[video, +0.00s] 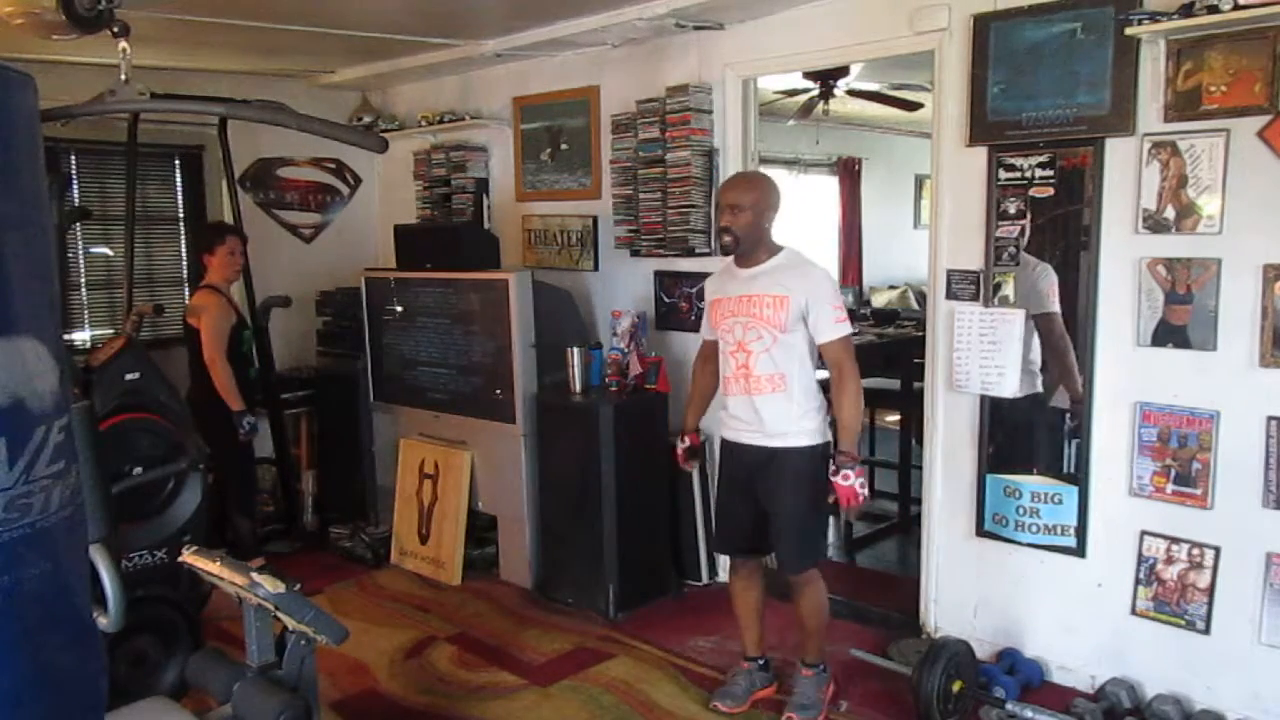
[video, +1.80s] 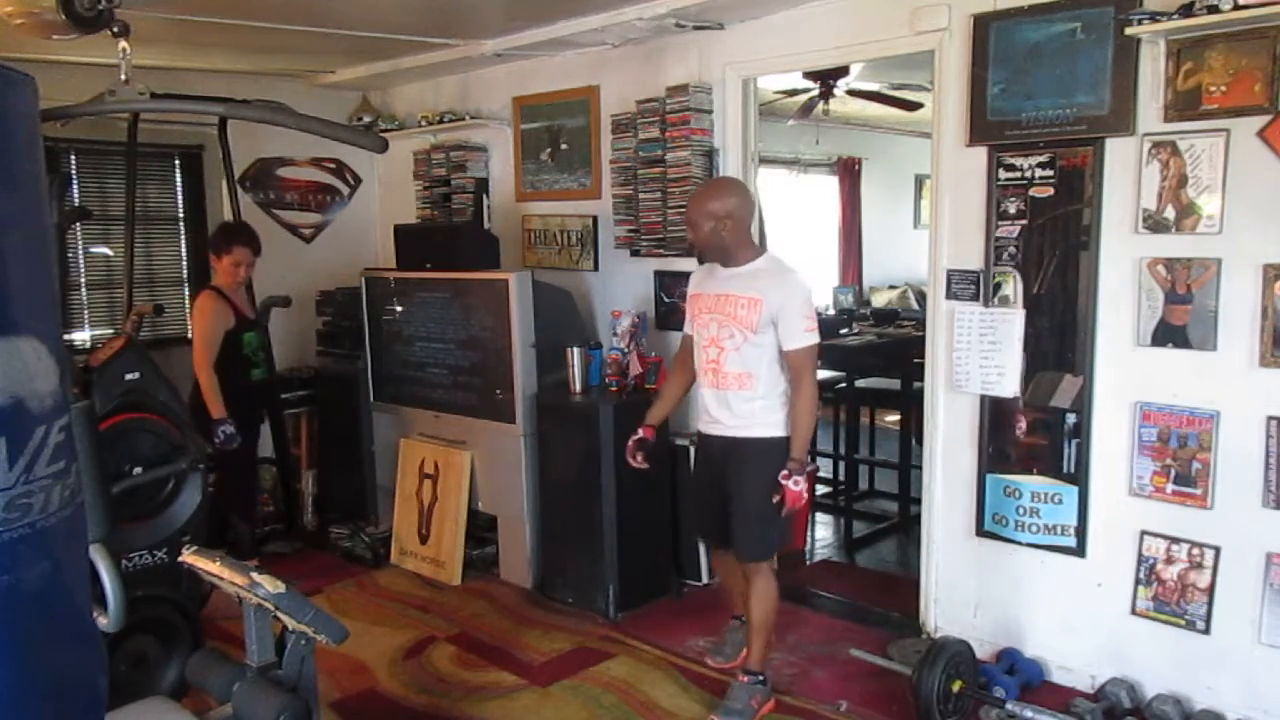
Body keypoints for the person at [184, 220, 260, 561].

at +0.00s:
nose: (239, 261)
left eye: (241, 254)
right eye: (231, 254)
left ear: (242, 258)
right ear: (208, 259)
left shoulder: (208, 297)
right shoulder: (214, 303)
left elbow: (214, 357)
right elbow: (215, 360)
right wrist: (240, 410)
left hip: (209, 402)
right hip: (220, 405)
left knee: (227, 478)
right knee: (239, 479)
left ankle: (224, 548)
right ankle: (248, 553)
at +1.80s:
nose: (244, 273)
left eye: (249, 265)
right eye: (236, 265)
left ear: (255, 262)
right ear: (215, 262)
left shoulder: (243, 292)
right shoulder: (210, 303)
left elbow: (246, 350)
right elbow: (202, 365)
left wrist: (262, 391)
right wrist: (221, 418)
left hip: (247, 402)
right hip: (225, 407)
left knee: (244, 480)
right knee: (232, 484)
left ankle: (243, 548)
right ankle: (230, 552)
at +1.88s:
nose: (244, 273)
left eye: (250, 266)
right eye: (237, 265)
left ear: (255, 263)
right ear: (216, 261)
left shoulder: (244, 294)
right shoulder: (211, 304)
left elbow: (246, 346)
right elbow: (201, 367)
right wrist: (218, 421)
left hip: (251, 405)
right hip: (229, 411)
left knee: (247, 482)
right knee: (236, 486)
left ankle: (246, 548)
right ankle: (233, 553)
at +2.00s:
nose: (244, 274)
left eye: (249, 267)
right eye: (236, 266)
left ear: (256, 263)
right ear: (216, 262)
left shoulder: (248, 294)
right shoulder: (212, 306)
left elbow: (254, 351)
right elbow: (199, 369)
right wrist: (213, 424)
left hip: (259, 406)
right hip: (234, 411)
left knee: (252, 483)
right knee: (240, 487)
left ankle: (250, 548)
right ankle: (238, 553)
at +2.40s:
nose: (235, 279)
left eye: (243, 270)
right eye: (227, 271)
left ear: (257, 263)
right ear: (214, 265)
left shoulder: (271, 300)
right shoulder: (210, 311)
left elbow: (288, 354)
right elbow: (194, 377)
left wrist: (324, 395)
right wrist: (204, 434)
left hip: (276, 414)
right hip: (234, 420)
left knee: (295, 481)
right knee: (241, 498)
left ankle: (294, 557)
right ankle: (243, 566)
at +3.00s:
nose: (198, 300)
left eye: (203, 291)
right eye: (193, 293)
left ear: (229, 278)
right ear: (190, 287)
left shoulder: (270, 314)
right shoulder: (205, 324)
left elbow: (313, 370)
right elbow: (212, 378)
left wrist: (313, 430)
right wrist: (211, 435)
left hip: (287, 429)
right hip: (243, 432)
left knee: (301, 507)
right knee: (233, 507)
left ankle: (316, 586)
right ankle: (246, 589)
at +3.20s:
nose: (161, 319)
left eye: (163, 309)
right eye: (155, 313)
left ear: (186, 292)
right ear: (155, 308)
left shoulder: (236, 325)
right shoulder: (180, 333)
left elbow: (280, 384)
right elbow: (194, 389)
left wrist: (270, 450)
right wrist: (202, 439)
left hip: (264, 434)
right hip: (227, 439)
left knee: (267, 518)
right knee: (226, 520)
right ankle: (239, 603)